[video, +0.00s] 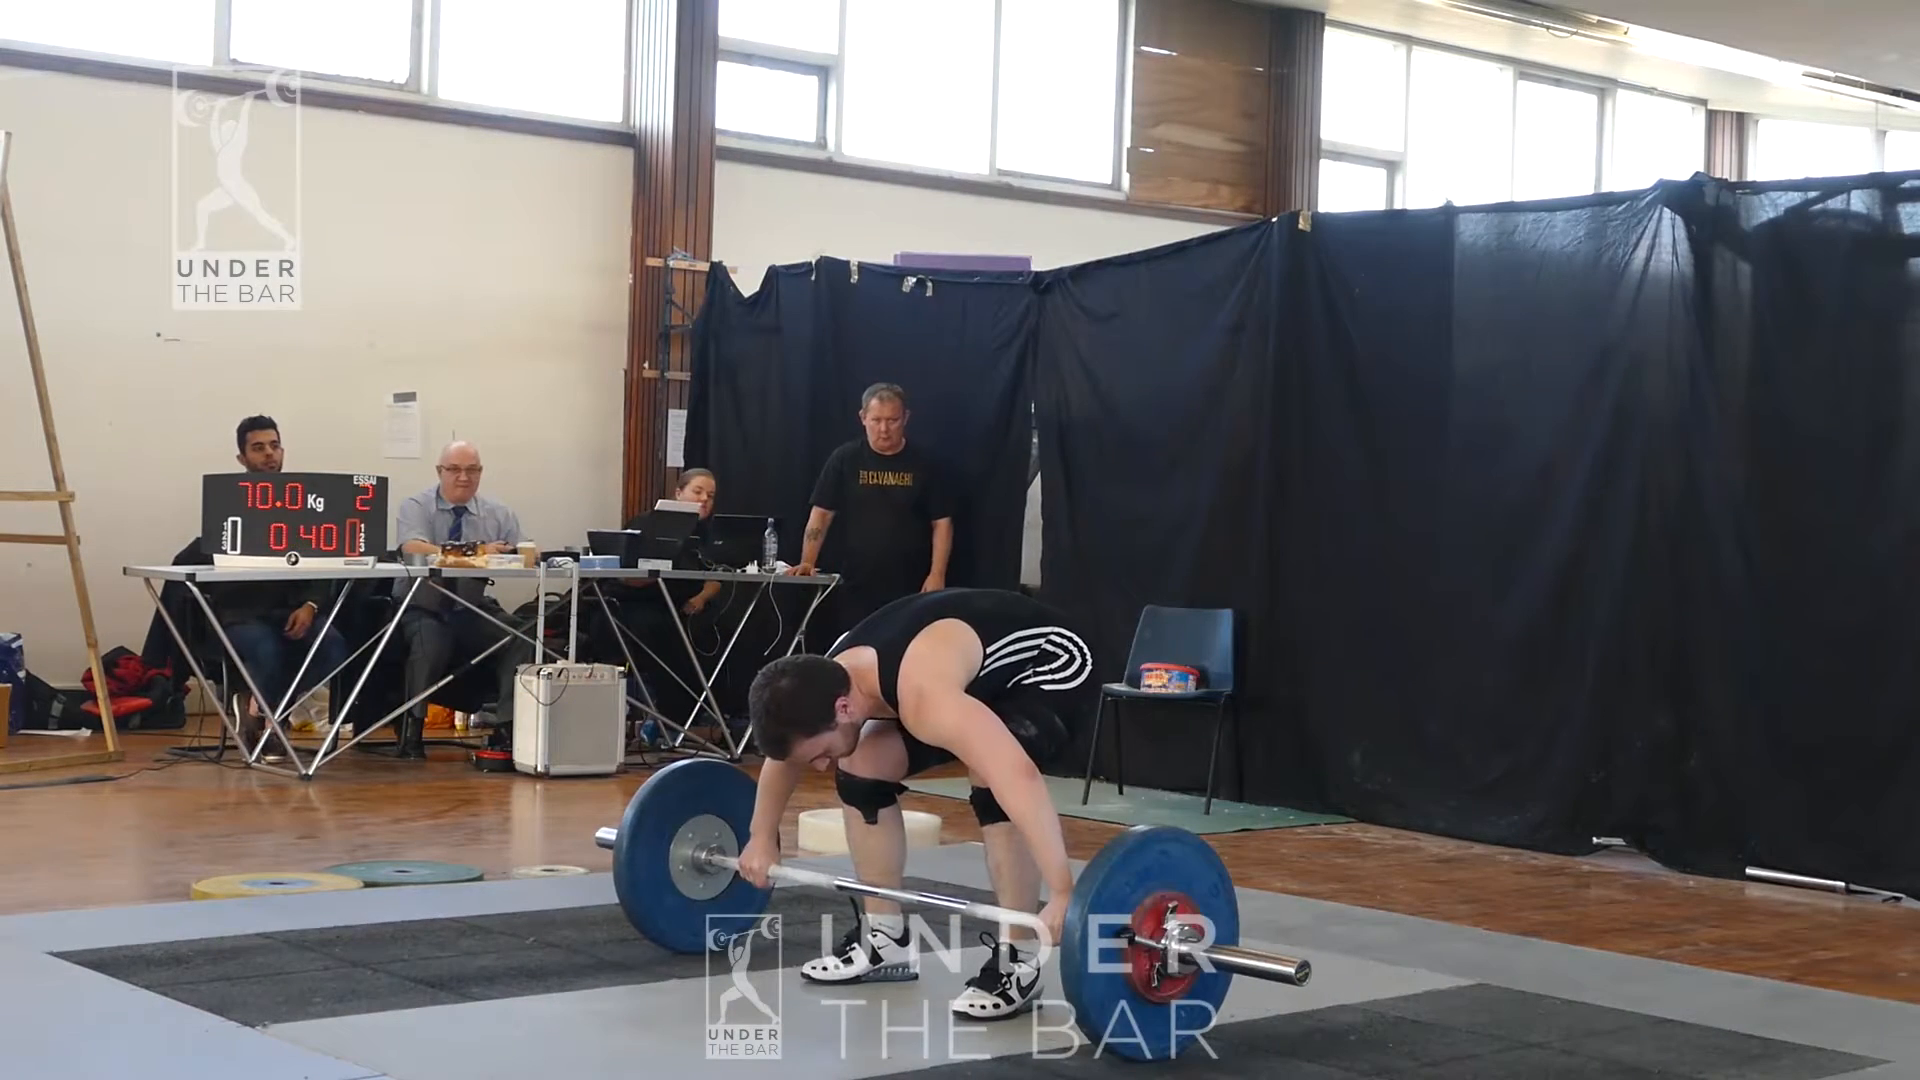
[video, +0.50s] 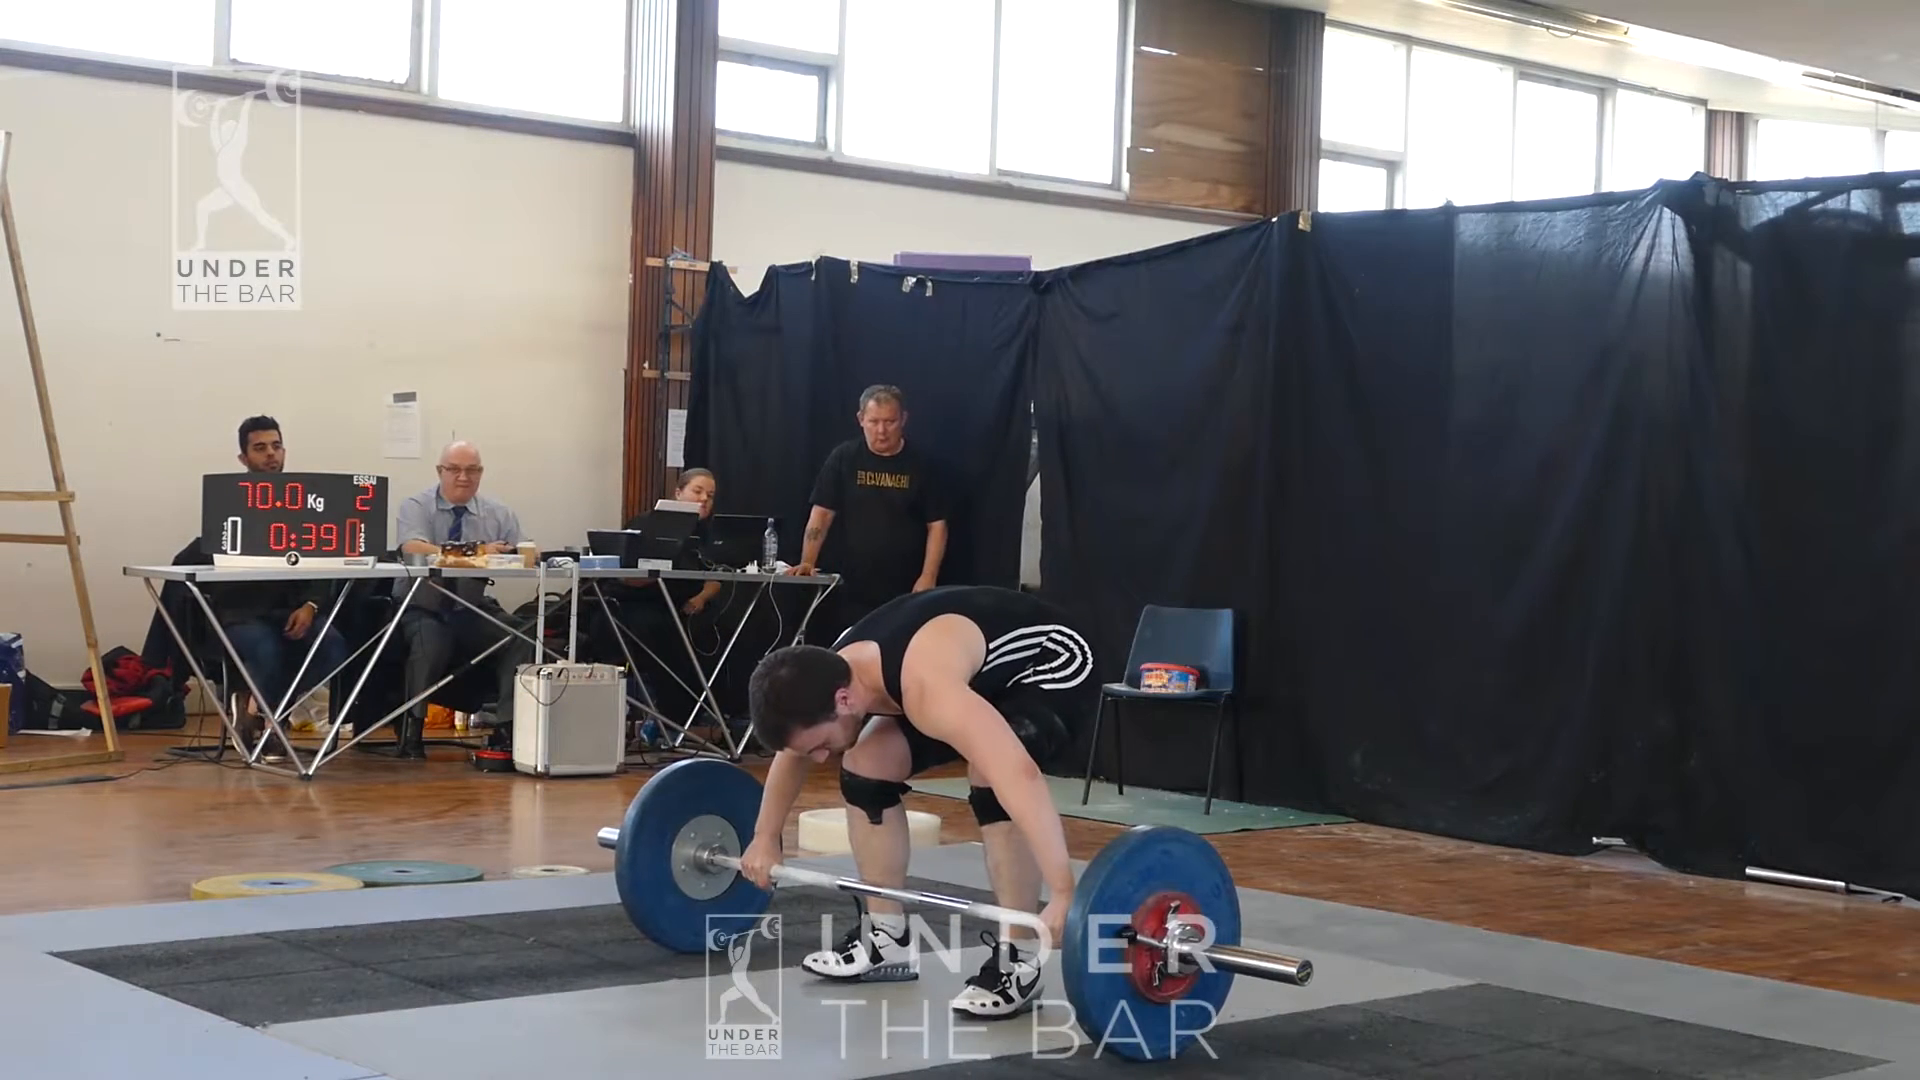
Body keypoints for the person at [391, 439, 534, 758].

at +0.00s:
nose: (463, 477)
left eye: (472, 470)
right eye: (454, 470)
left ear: (481, 473)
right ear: (439, 472)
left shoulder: (500, 514)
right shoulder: (416, 506)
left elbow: (530, 556)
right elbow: (413, 549)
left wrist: (503, 552)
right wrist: (470, 554)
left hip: (475, 608)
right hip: (424, 608)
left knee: (519, 638)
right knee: (430, 643)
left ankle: (507, 730)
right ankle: (412, 732)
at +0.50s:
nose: (463, 477)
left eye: (472, 470)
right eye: (454, 470)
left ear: (481, 474)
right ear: (439, 472)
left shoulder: (500, 514)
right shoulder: (416, 506)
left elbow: (531, 556)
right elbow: (413, 549)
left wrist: (503, 552)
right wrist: (470, 554)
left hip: (475, 609)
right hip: (424, 608)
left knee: (519, 637)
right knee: (430, 643)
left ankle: (507, 730)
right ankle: (412, 733)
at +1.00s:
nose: (453, 475)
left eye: (463, 469)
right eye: (446, 467)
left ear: (479, 475)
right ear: (438, 470)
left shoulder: (500, 514)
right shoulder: (416, 506)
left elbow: (530, 556)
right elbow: (412, 548)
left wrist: (503, 552)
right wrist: (466, 555)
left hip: (475, 608)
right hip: (423, 608)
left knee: (519, 637)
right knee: (430, 643)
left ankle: (507, 731)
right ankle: (412, 734)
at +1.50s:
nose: (453, 474)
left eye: (463, 468)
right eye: (446, 466)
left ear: (479, 474)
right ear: (438, 469)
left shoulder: (499, 514)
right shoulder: (416, 505)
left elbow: (530, 555)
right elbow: (411, 546)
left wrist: (501, 552)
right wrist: (464, 554)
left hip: (475, 608)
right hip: (423, 607)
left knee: (519, 638)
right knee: (430, 643)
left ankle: (507, 731)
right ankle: (412, 734)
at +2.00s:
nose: (453, 474)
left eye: (463, 468)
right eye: (447, 466)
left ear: (479, 474)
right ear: (438, 469)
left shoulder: (499, 514)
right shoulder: (416, 505)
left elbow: (530, 555)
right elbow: (411, 547)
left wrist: (503, 552)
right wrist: (464, 554)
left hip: (475, 608)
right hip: (423, 607)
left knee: (519, 638)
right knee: (430, 643)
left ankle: (507, 731)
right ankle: (412, 734)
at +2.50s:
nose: (457, 474)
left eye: (467, 468)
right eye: (449, 467)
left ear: (480, 474)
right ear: (438, 471)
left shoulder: (500, 515)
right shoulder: (416, 505)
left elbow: (531, 556)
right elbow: (411, 548)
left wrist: (502, 552)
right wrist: (467, 554)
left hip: (474, 609)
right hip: (423, 608)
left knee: (520, 637)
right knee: (431, 644)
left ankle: (508, 730)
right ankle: (412, 733)